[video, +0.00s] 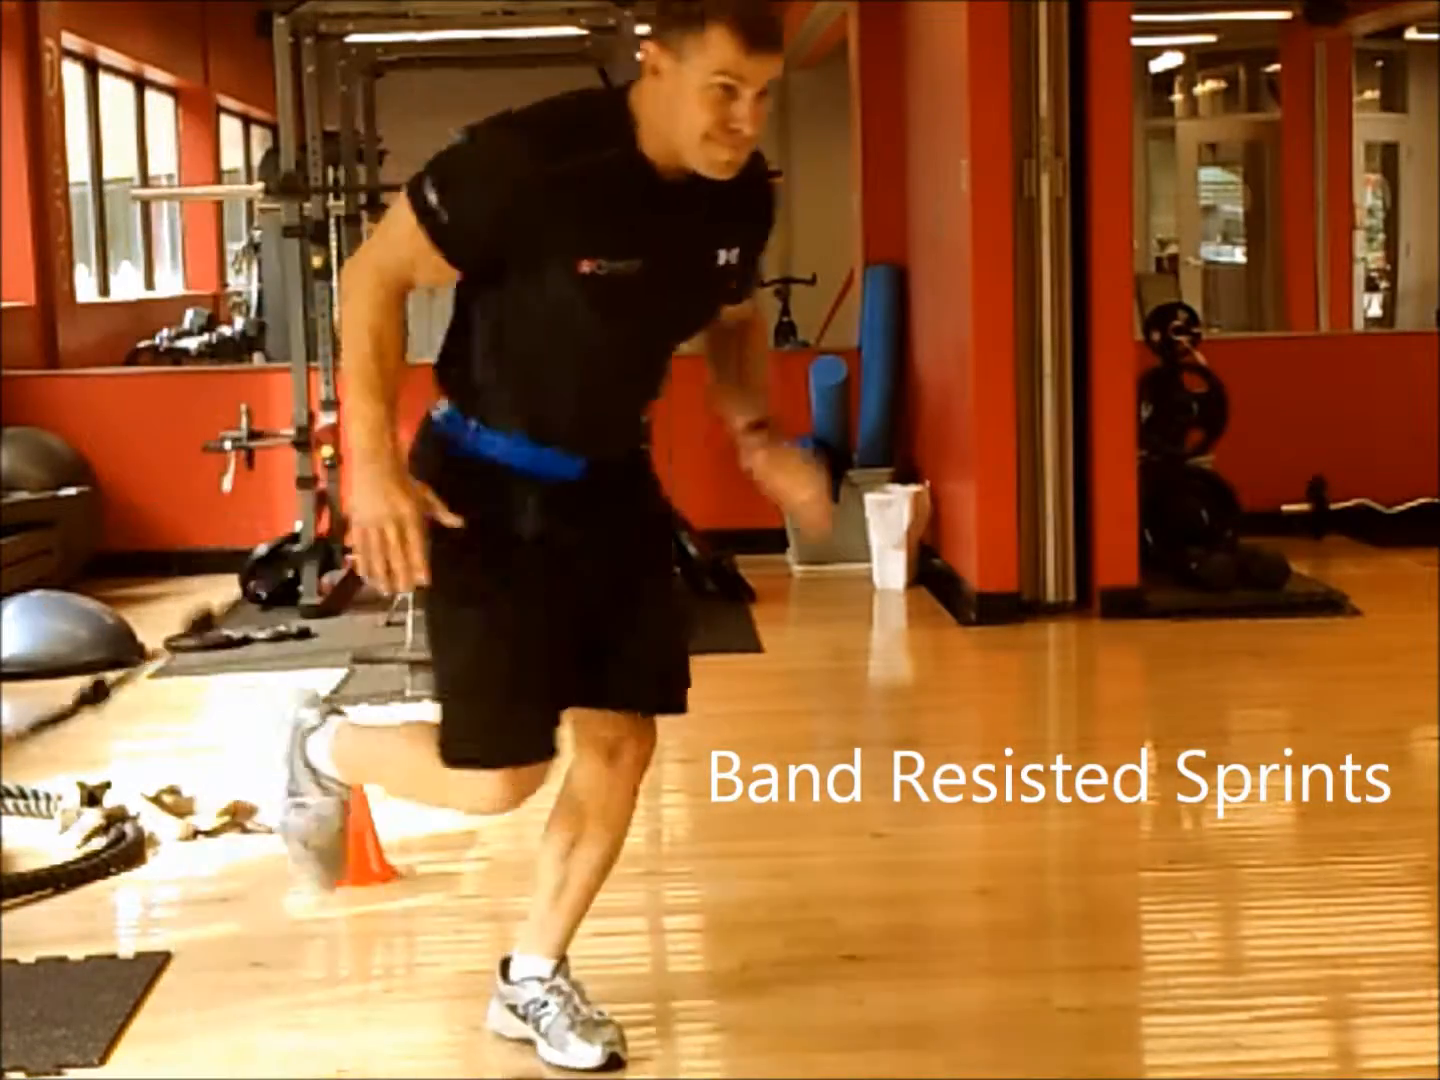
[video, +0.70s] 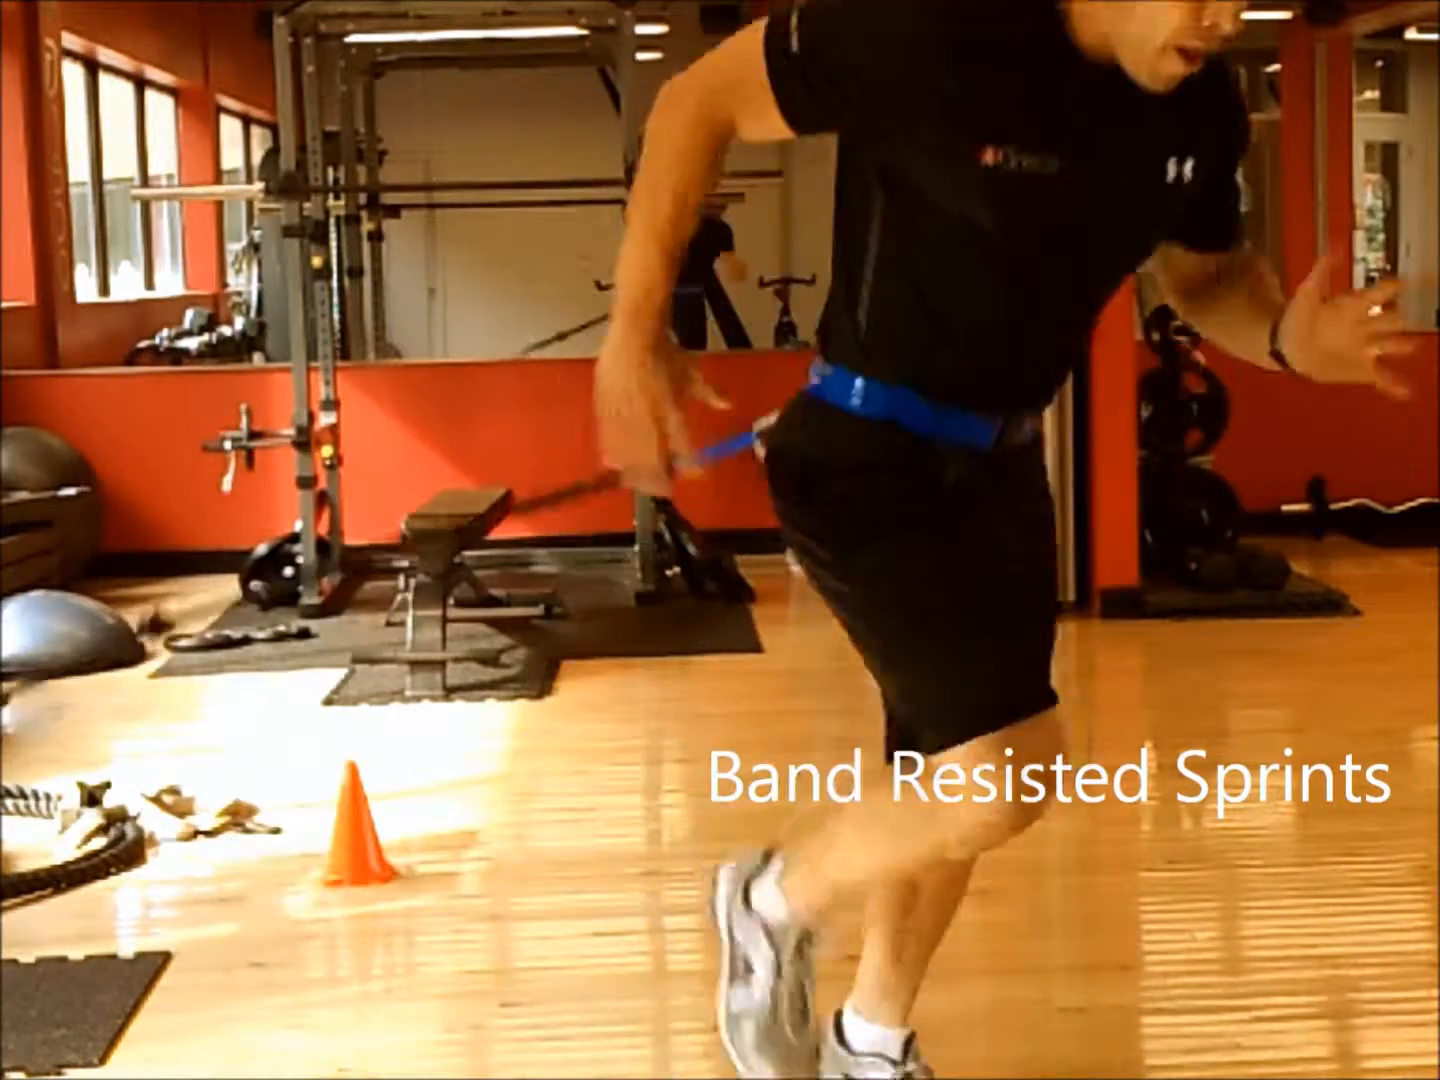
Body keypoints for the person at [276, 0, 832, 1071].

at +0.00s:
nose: (746, 120)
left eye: (764, 95)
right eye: (726, 90)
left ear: (776, 88)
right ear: (651, 63)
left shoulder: (744, 192)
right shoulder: (525, 157)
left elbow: (737, 332)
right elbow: (371, 275)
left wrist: (755, 435)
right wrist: (368, 457)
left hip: (611, 488)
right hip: (482, 486)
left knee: (616, 742)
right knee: (500, 771)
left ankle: (534, 972)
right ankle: (327, 741)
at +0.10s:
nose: (836, 72)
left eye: (852, 45)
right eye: (810, 40)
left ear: (863, 38)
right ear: (732, 19)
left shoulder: (834, 130)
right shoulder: (603, 91)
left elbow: (835, 301)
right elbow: (398, 134)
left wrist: (919, 296)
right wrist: (363, 324)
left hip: (658, 447)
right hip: (542, 434)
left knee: (632, 711)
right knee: (629, 707)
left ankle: (534, 950)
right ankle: (470, 927)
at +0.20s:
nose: (903, 49)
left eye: (918, 23)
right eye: (876, 19)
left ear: (932, 22)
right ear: (794, 9)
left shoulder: (903, 108)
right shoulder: (644, 75)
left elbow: (924, 272)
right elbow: (461, 148)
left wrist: (972, 307)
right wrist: (486, 362)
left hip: (743, 459)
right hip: (616, 443)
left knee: (715, 728)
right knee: (669, 765)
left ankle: (532, 848)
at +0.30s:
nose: (955, 71)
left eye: (973, 42)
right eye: (932, 35)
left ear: (987, 38)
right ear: (847, 15)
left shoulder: (946, 138)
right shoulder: (710, 118)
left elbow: (909, 313)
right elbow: (591, 322)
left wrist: (918, 459)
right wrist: (789, 378)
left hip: (821, 492)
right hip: (681, 486)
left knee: (859, 815)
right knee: (708, 816)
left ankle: (642, 750)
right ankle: (635, 1069)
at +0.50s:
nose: (1150, 27)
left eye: (1170, 5)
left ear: (1179, 10)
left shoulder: (1119, 103)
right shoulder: (872, 40)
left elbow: (1061, 237)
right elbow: (688, 186)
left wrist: (1030, 401)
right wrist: (780, 398)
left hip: (920, 416)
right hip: (772, 415)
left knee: (981, 745)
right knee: (844, 771)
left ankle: (893, 1025)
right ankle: (623, 955)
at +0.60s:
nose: (1186, 64)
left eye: (1205, 38)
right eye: (1165, 24)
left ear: (1210, 45)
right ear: (1069, 5)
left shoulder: (1156, 158)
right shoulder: (899, 85)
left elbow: (1176, 344)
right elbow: (666, 151)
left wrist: (1246, 446)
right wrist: (587, 356)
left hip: (968, 498)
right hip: (834, 491)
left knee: (967, 805)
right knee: (1006, 772)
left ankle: (861, 1058)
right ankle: (713, 797)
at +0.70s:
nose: (1217, 23)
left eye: (1238, 4)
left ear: (1251, 12)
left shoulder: (1201, 108)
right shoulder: (929, 37)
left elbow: (1205, 274)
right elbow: (696, 103)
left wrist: (1281, 334)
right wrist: (636, 331)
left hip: (995, 456)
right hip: (860, 444)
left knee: (951, 774)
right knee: (1009, 775)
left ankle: (870, 1037)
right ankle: (770, 902)